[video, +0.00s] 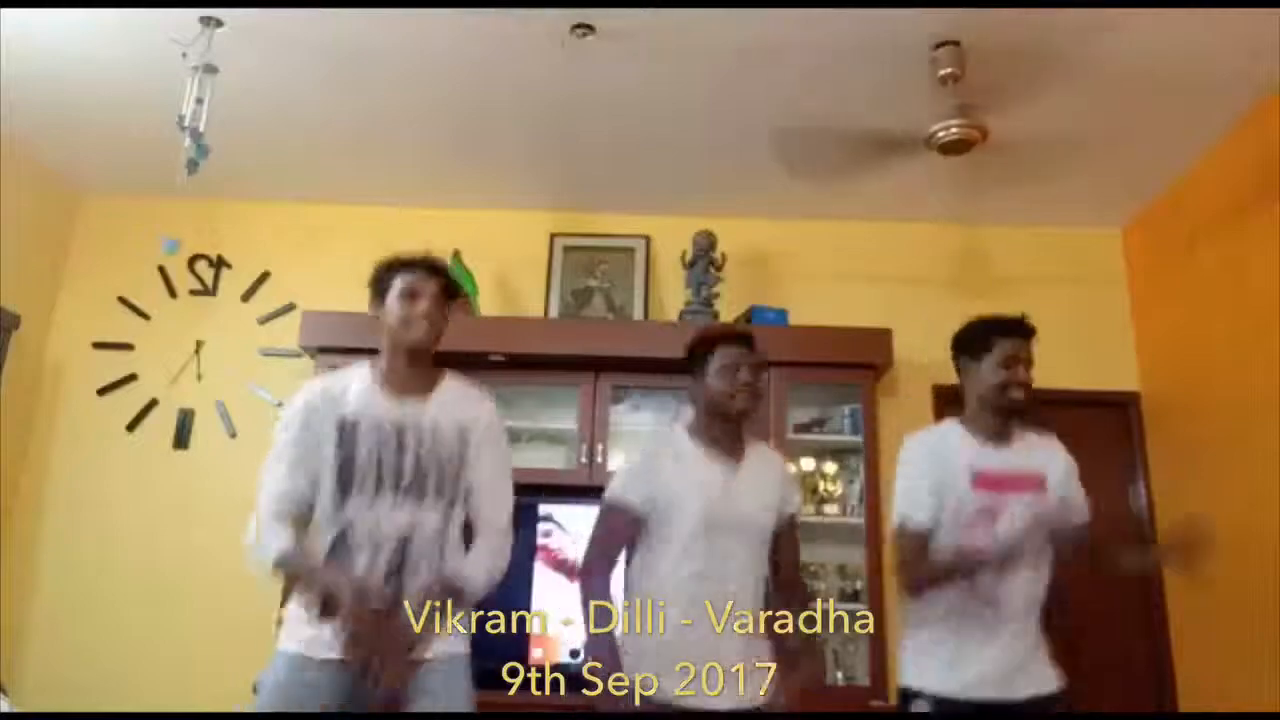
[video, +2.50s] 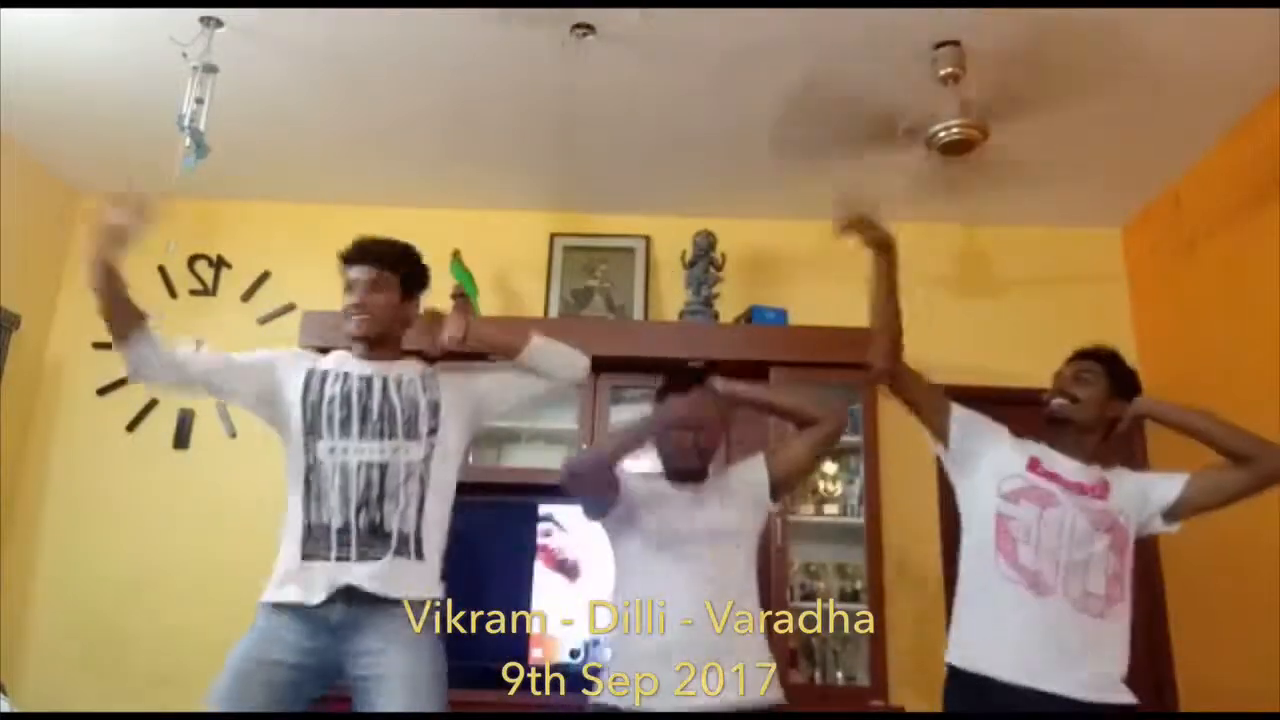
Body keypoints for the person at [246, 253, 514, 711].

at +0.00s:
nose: (425, 309)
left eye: (439, 299)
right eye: (409, 295)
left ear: (449, 317)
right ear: (378, 310)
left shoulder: (475, 413)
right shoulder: (319, 402)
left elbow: (494, 544)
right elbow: (273, 530)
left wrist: (412, 617)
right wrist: (350, 602)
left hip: (431, 654)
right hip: (320, 644)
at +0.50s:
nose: (478, 332)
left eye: (491, 321)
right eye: (462, 318)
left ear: (502, 337)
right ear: (432, 331)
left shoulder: (522, 442)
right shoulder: (380, 408)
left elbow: (529, 570)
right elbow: (298, 528)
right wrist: (192, 528)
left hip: (517, 644)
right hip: (428, 640)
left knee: (572, 703)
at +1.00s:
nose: (357, 314)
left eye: (377, 307)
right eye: (358, 305)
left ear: (418, 333)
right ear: (349, 314)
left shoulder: (437, 426)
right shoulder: (315, 421)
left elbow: (480, 561)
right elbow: (300, 536)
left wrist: (409, 608)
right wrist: (288, 630)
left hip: (400, 666)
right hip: (317, 663)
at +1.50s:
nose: (273, 331)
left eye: (292, 320)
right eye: (278, 320)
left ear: (336, 340)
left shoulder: (340, 422)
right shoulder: (283, 430)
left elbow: (339, 573)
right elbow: (248, 545)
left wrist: (364, 550)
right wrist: (178, 571)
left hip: (223, 635)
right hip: (167, 621)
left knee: (129, 709)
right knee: (73, 707)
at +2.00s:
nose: (352, 257)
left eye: (371, 248)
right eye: (344, 244)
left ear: (401, 270)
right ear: (331, 255)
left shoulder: (422, 362)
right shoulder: (278, 347)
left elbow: (445, 501)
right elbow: (239, 458)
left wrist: (379, 520)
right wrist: (190, 518)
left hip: (360, 578)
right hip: (267, 569)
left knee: (367, 703)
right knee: (206, 703)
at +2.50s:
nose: (356, 299)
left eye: (373, 287)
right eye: (349, 288)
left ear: (411, 304)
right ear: (340, 299)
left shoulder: (454, 389)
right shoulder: (295, 374)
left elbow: (575, 370)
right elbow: (154, 362)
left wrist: (481, 334)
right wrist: (104, 265)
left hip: (400, 616)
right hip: (297, 609)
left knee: (410, 710)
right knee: (226, 707)